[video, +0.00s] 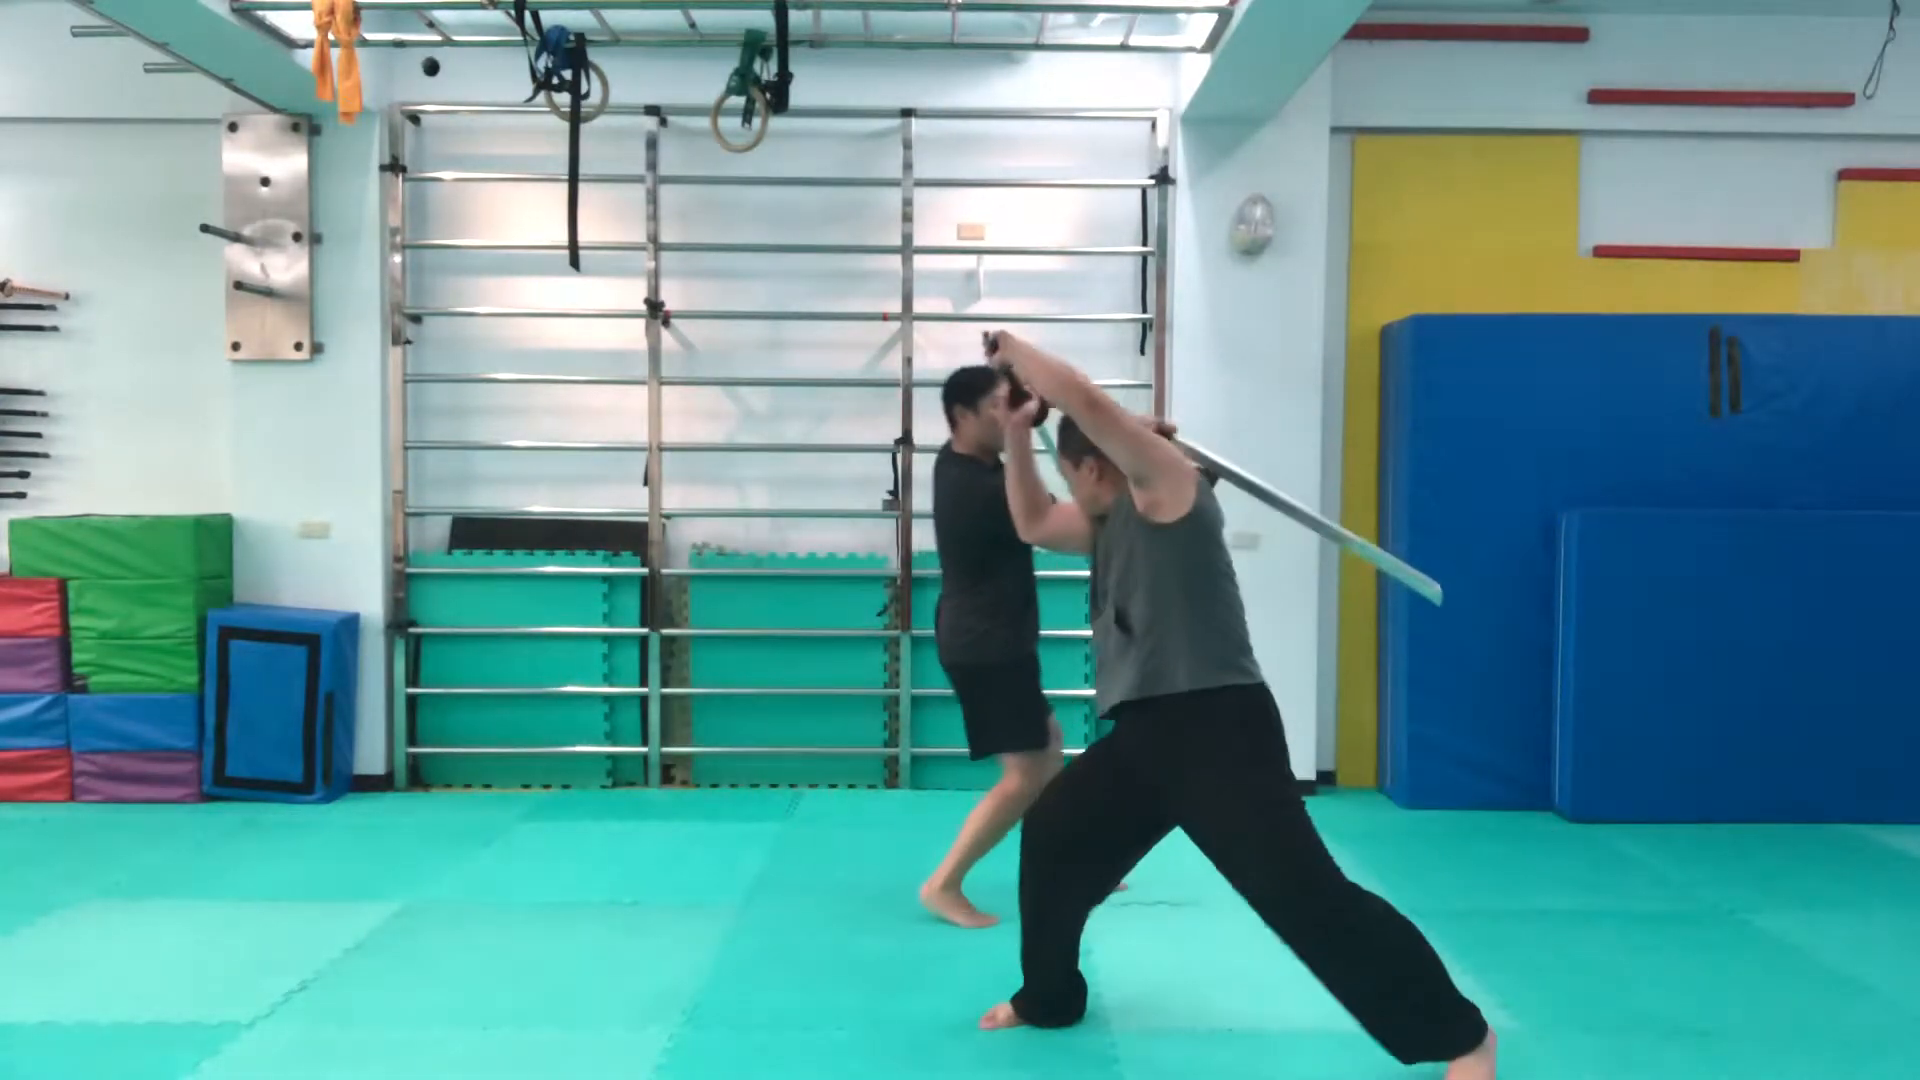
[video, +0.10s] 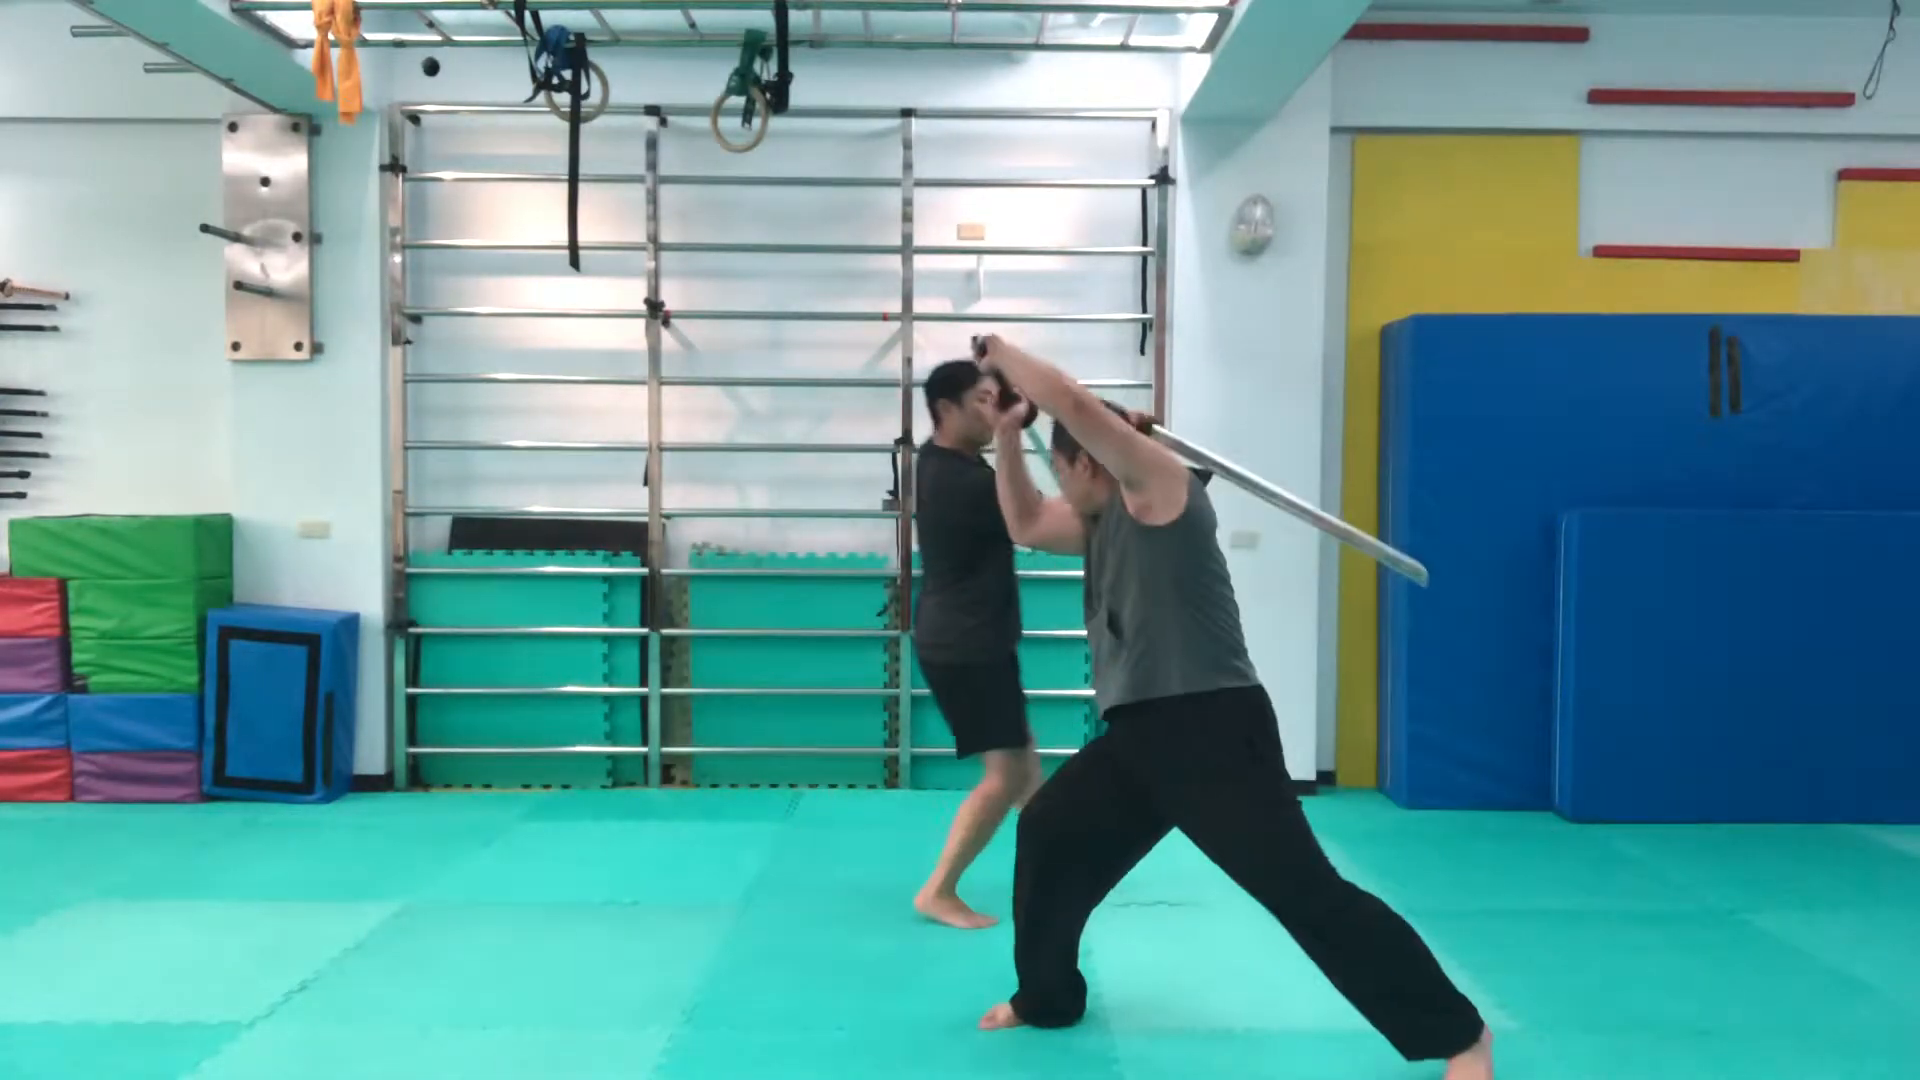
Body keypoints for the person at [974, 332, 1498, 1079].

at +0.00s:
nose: (1069, 485)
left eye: (1072, 472)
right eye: (1068, 474)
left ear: (1101, 464)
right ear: (1102, 467)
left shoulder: (1165, 486)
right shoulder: (1104, 523)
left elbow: (1081, 396)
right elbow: (1036, 520)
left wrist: (1010, 346)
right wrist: (1016, 434)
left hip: (1218, 726)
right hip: (1144, 734)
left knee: (1305, 896)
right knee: (1053, 834)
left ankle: (1462, 1036)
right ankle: (1049, 999)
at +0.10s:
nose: (1061, 478)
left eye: (1065, 465)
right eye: (1059, 467)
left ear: (1098, 456)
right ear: (1088, 461)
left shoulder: (1159, 486)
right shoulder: (1098, 521)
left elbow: (1071, 401)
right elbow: (1028, 521)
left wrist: (1001, 349)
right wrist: (1007, 437)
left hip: (1214, 728)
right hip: (1138, 735)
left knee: (1307, 894)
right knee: (1048, 834)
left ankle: (1460, 1034)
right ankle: (1047, 1001)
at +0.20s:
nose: (1060, 462)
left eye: (1070, 446)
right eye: (1063, 449)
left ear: (1107, 437)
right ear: (1112, 442)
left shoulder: (1175, 475)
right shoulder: (1102, 515)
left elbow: (1081, 414)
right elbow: (1033, 533)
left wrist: (1001, 369)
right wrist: (1003, 451)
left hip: (1212, 720)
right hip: (1137, 730)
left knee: (1292, 894)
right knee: (1048, 841)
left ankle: (1446, 1023)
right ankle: (1047, 1001)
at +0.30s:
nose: (1110, 431)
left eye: (1121, 419)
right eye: (1109, 420)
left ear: (1158, 421)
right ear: (1140, 427)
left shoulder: (1216, 473)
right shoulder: (1132, 510)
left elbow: (1109, 447)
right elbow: (1078, 566)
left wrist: (1014, 419)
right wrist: (1018, 494)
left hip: (1219, 724)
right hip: (1138, 728)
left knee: (1283, 891)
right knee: (1049, 838)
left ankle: (1418, 1028)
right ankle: (1047, 999)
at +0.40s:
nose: (1167, 413)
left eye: (1177, 401)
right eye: (1171, 401)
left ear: (1214, 411)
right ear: (1213, 413)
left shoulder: (1267, 483)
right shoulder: (1183, 500)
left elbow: (1164, 507)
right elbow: (1136, 589)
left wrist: (1063, 510)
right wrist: (1062, 554)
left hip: (1235, 732)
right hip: (1154, 728)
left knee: (1285, 902)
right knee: (1073, 853)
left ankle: (1414, 1038)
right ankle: (1047, 1000)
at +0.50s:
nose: (1220, 395)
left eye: (1232, 383)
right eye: (1226, 382)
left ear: (1270, 396)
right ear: (1267, 398)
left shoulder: (1323, 486)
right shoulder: (1230, 492)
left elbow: (1248, 561)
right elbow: (1197, 578)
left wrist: (1141, 592)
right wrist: (1112, 605)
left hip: (1283, 729)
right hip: (1203, 723)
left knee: (1320, 900)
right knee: (1128, 858)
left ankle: (1416, 1051)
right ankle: (1050, 989)